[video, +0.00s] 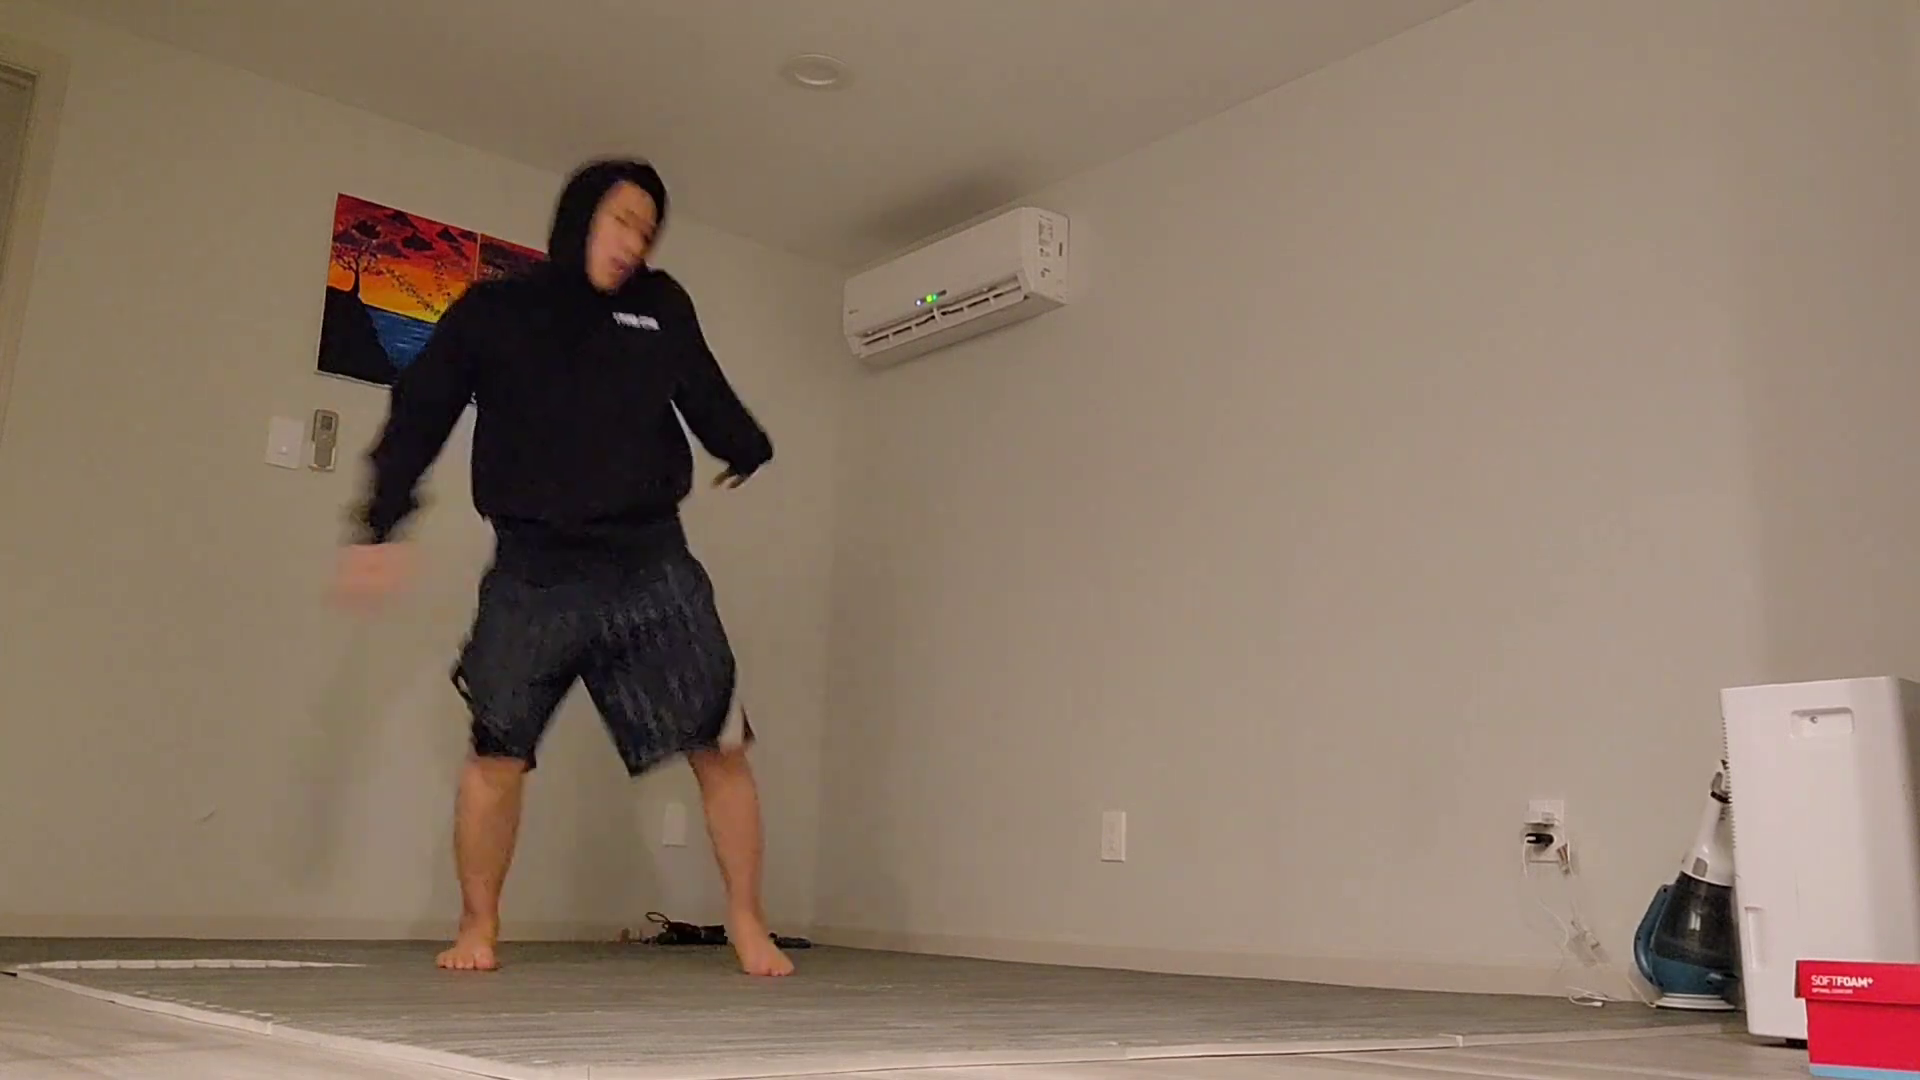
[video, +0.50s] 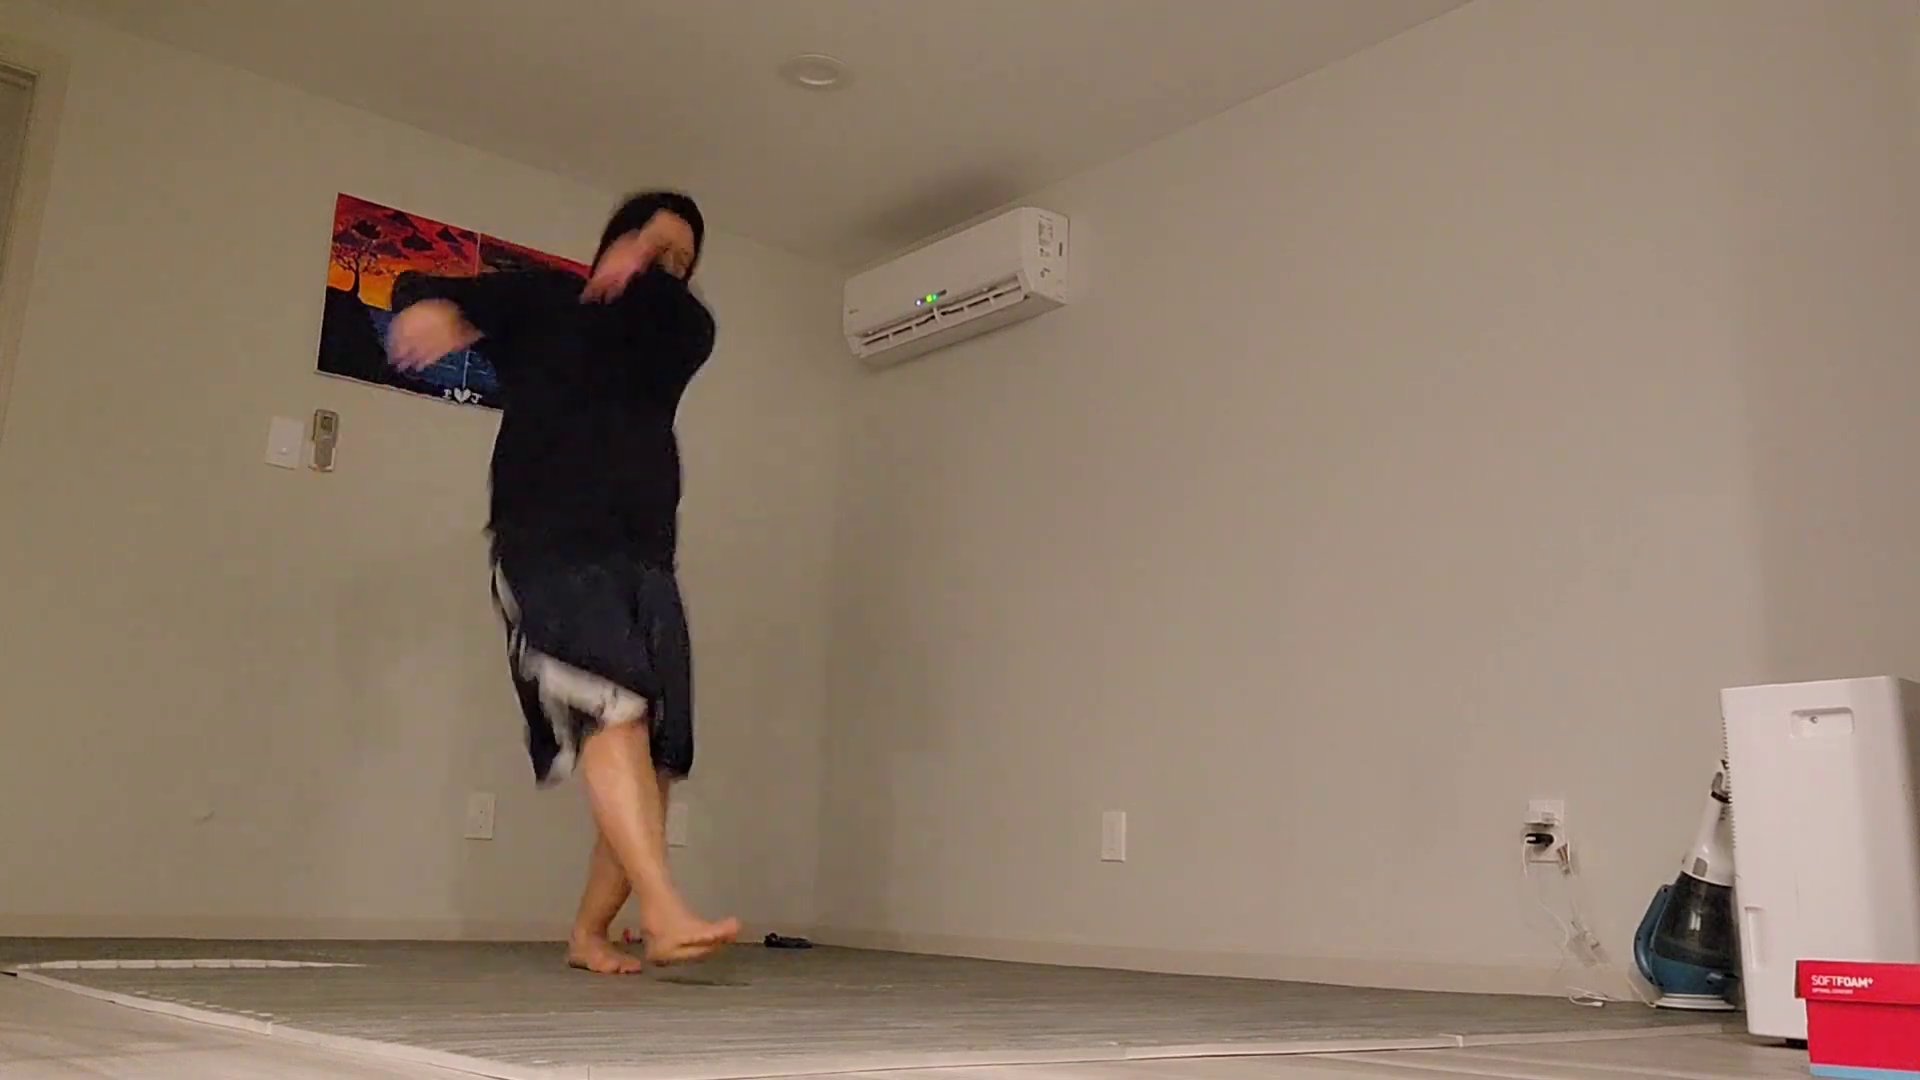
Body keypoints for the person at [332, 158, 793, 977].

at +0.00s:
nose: (631, 242)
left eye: (645, 231)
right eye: (619, 221)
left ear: (652, 242)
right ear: (577, 217)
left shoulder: (660, 307)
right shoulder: (496, 309)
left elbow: (703, 391)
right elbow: (420, 408)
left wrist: (745, 448)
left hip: (650, 559)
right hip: (535, 564)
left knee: (720, 742)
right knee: (497, 752)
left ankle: (747, 922)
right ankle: (478, 926)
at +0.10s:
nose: (647, 271)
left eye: (658, 259)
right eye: (637, 251)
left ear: (661, 268)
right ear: (590, 246)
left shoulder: (665, 344)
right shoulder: (504, 344)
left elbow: (715, 410)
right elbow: (388, 424)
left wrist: (765, 450)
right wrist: (301, 522)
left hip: (662, 598)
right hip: (545, 601)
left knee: (725, 772)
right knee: (508, 770)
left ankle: (748, 936)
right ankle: (481, 927)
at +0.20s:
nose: (647, 248)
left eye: (657, 234)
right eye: (634, 228)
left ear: (663, 243)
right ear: (588, 226)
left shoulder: (665, 329)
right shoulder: (508, 319)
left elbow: (716, 420)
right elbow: (402, 403)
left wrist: (781, 498)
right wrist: (318, 501)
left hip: (663, 575)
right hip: (551, 574)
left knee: (713, 753)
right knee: (524, 759)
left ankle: (720, 926)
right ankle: (483, 925)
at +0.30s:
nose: (646, 220)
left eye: (658, 208)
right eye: (634, 200)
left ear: (666, 217)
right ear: (591, 195)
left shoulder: (667, 299)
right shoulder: (514, 273)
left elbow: (705, 382)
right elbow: (414, 347)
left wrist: (737, 439)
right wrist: (349, 425)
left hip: (665, 527)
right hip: (568, 522)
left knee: (689, 716)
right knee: (567, 714)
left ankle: (650, 911)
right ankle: (517, 898)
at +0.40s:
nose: (656, 230)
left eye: (670, 220)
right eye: (644, 210)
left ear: (678, 231)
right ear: (605, 203)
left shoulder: (673, 295)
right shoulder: (532, 264)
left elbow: (705, 355)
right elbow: (435, 305)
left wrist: (649, 353)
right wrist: (382, 352)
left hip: (661, 524)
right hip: (570, 515)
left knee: (665, 715)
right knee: (610, 696)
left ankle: (608, 909)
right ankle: (622, 902)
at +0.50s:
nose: (653, 258)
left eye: (675, 252)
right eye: (648, 240)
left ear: (687, 268)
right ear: (615, 240)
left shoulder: (679, 326)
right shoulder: (542, 295)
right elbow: (449, 296)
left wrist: (644, 250)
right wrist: (437, 313)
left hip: (642, 546)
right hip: (548, 536)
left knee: (651, 745)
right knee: (613, 715)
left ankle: (590, 930)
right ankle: (663, 913)